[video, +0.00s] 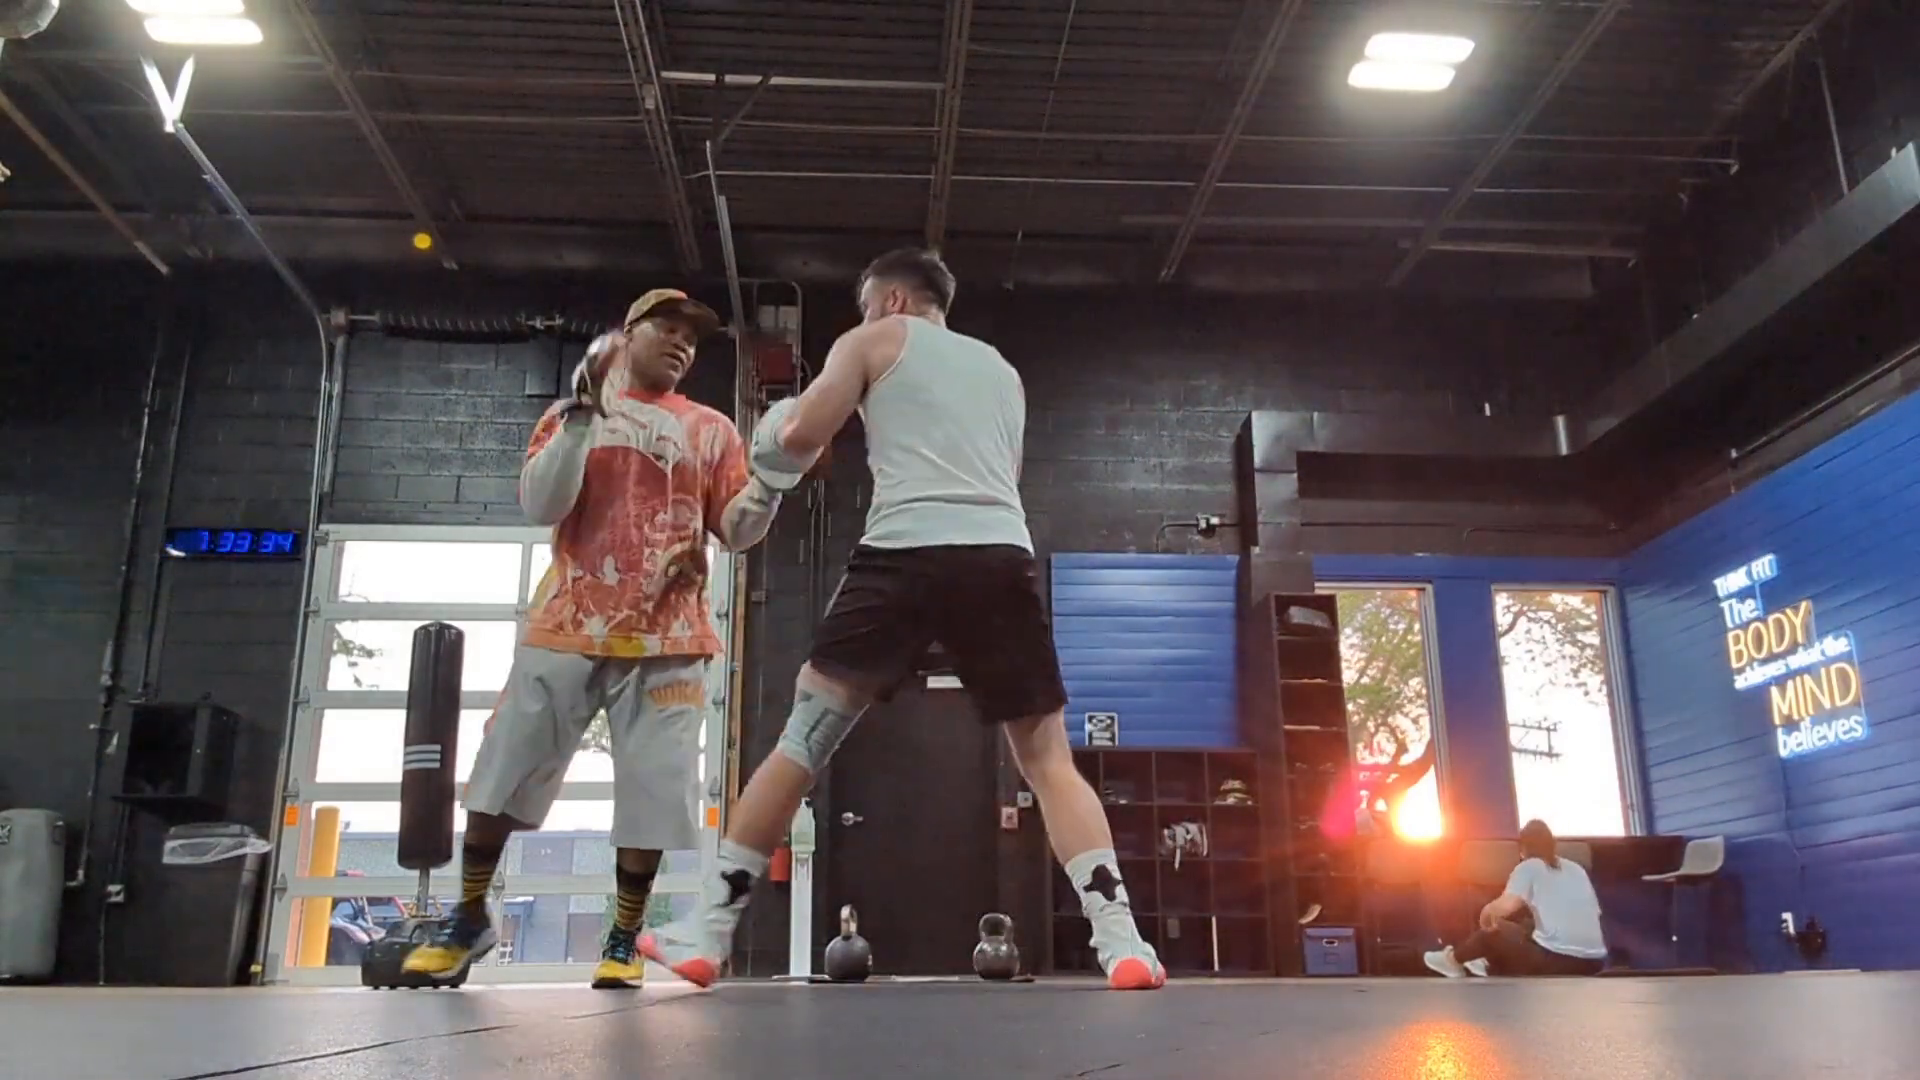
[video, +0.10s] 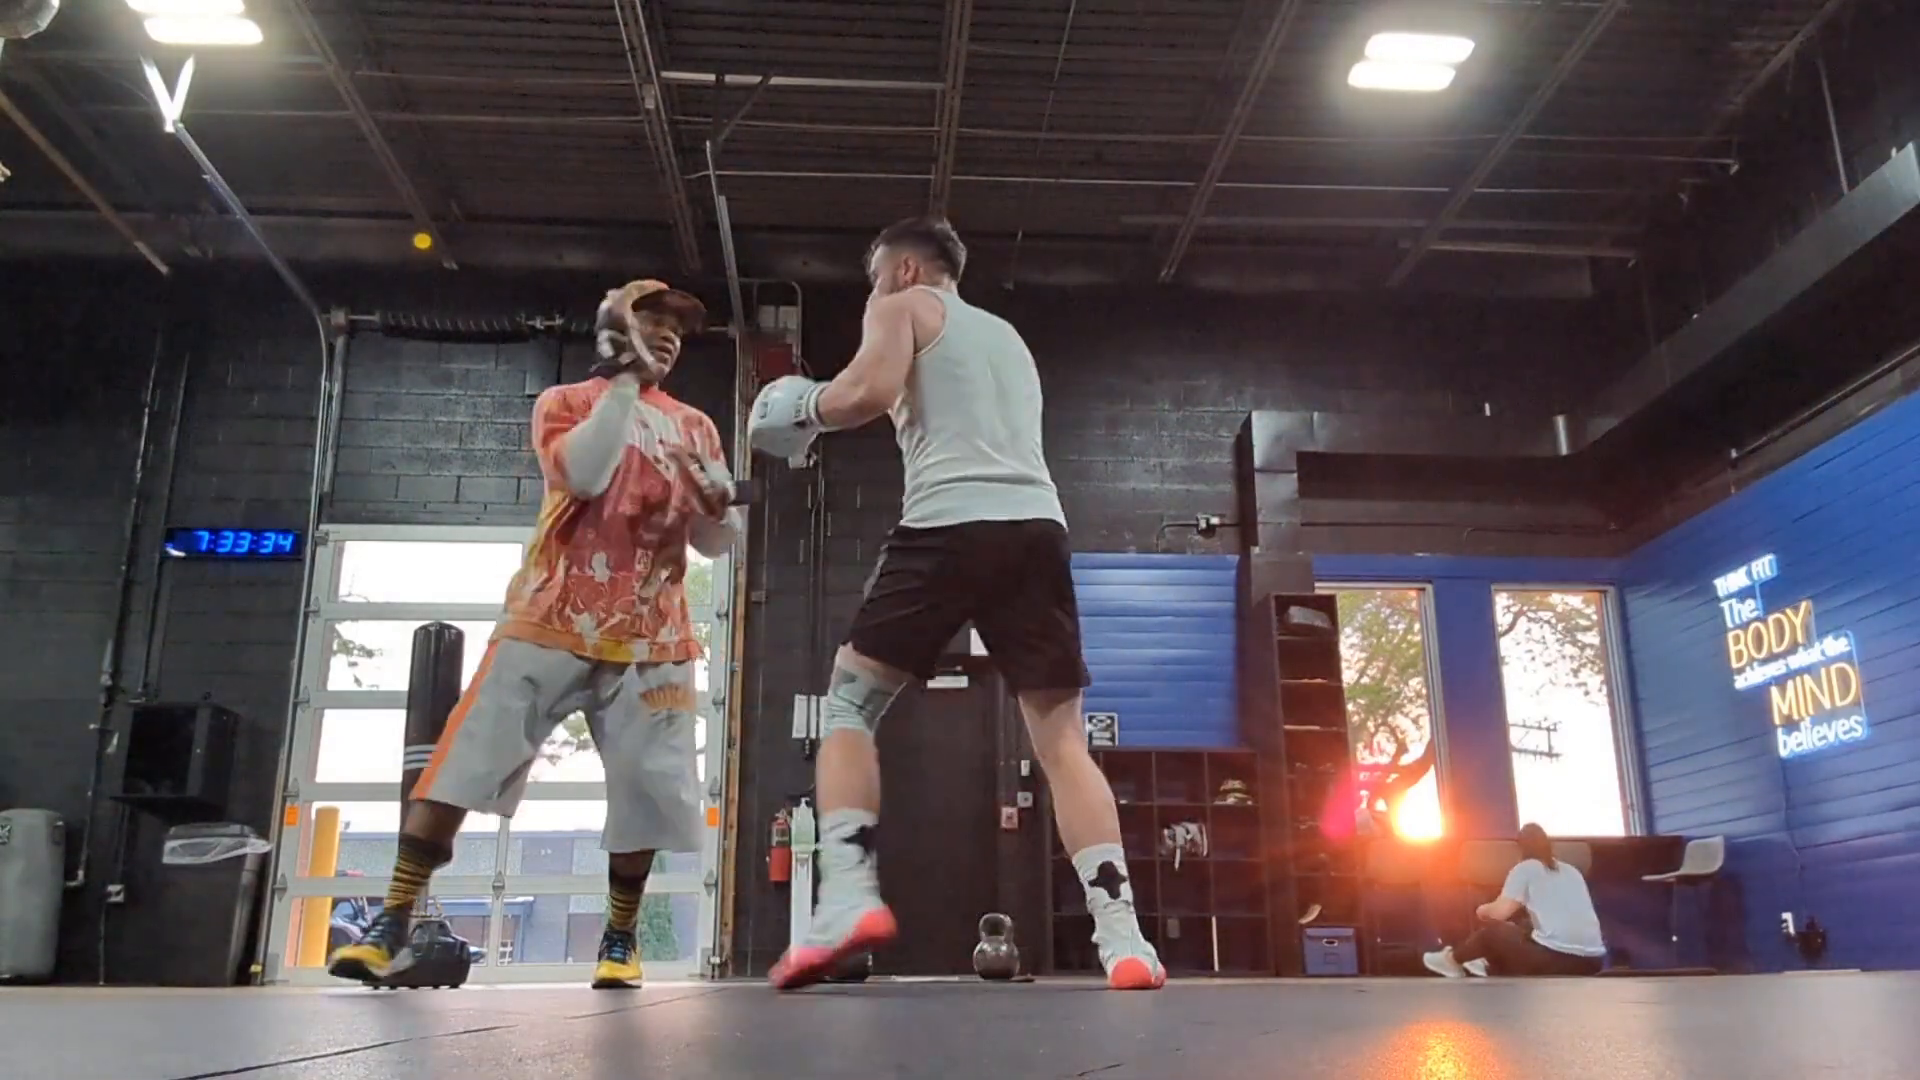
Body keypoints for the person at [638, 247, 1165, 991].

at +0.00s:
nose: (867, 320)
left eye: (868, 308)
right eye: (868, 310)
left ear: (892, 298)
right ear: (941, 304)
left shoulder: (870, 340)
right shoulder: (1004, 371)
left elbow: (802, 435)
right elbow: (1008, 473)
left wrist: (762, 487)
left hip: (899, 559)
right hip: (1000, 563)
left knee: (802, 745)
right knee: (1049, 756)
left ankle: (707, 929)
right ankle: (1121, 940)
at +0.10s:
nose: (874, 292)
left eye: (877, 277)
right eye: (874, 280)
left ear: (908, 266)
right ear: (950, 272)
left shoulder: (902, 301)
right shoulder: (1007, 337)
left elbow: (869, 390)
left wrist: (798, 403)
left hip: (945, 528)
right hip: (1038, 532)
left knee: (851, 707)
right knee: (1063, 739)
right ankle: (1122, 937)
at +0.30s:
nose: (905, 299)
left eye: (911, 279)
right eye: (905, 283)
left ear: (946, 266)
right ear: (970, 271)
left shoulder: (967, 306)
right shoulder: (1019, 335)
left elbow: (936, 411)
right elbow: (939, 451)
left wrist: (877, 399)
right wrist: (871, 409)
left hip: (1028, 534)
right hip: (1103, 539)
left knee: (921, 718)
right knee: (1117, 748)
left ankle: (938, 934)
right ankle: (1236, 912)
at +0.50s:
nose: (974, 320)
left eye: (980, 302)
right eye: (973, 307)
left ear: (1021, 296)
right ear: (1036, 303)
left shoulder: (1048, 331)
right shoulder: (1073, 372)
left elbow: (1038, 422)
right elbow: (1030, 516)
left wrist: (964, 427)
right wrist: (976, 446)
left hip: (1103, 559)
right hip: (1166, 569)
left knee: (963, 713)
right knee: (1187, 775)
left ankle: (941, 935)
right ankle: (1316, 939)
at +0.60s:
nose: (984, 310)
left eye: (991, 293)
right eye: (985, 299)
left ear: (1030, 283)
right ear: (1052, 291)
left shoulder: (1047, 312)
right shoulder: (1106, 356)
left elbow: (998, 370)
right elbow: (1070, 500)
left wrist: (943, 366)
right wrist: (1002, 431)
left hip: (1108, 531)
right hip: (1188, 540)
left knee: (996, 709)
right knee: (1209, 748)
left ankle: (966, 920)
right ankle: (1319, 936)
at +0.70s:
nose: (997, 304)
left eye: (1005, 290)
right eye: (999, 292)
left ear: (1042, 285)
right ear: (1074, 295)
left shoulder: (1037, 313)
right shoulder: (1133, 351)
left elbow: (912, 313)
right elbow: (1125, 446)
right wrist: (1030, 436)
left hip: (1106, 528)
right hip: (1192, 531)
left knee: (1010, 715)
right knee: (1215, 746)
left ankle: (980, 929)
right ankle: (1321, 930)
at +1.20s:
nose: (1007, 280)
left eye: (1014, 263)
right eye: (1007, 267)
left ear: (1052, 250)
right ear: (1075, 256)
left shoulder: (1066, 282)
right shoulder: (1123, 339)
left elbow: (991, 321)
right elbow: (1113, 442)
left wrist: (922, 298)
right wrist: (1032, 405)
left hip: (1105, 529)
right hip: (1167, 542)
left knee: (984, 698)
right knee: (1171, 746)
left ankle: (987, 917)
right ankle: (1319, 901)